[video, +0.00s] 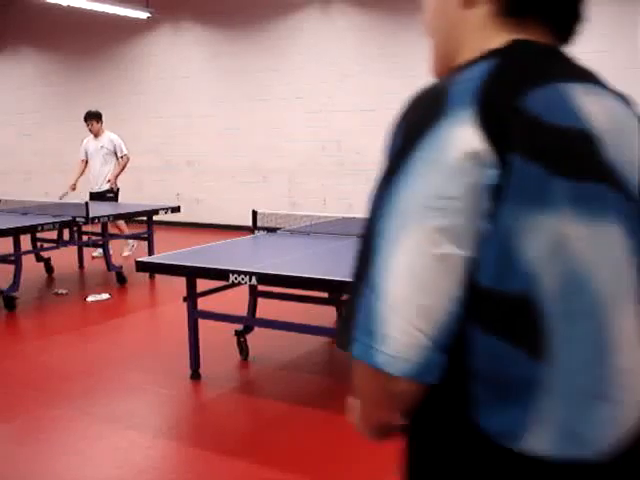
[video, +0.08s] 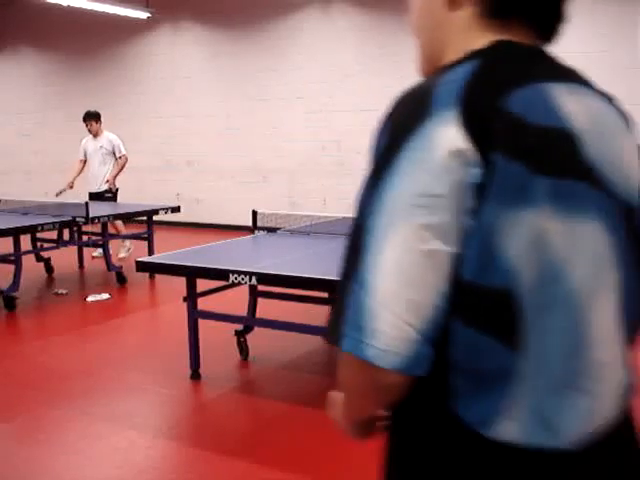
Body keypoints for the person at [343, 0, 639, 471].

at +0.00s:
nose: (427, 17)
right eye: (431, 1)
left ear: (477, 0)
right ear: (554, 10)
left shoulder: (465, 112)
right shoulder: (620, 114)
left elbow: (392, 362)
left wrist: (375, 415)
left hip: (488, 443)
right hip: (611, 441)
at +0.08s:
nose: (413, 16)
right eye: (416, 2)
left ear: (461, 1)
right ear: (538, 9)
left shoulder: (446, 109)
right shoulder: (608, 114)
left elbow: (384, 348)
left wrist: (356, 410)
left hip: (464, 441)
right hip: (601, 437)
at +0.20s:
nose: (361, 18)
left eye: (365, 3)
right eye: (361, 5)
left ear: (395, 7)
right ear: (477, 14)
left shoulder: (388, 118)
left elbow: (345, 343)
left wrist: (278, 407)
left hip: (399, 452)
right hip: (530, 442)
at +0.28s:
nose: (311, 36)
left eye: (314, 17)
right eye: (314, 18)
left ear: (334, 19)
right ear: (419, 29)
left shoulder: (323, 138)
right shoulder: (482, 136)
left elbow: (297, 334)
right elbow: (514, 287)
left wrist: (201, 412)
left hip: (349, 448)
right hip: (472, 437)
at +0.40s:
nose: (272, 56)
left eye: (275, 38)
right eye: (276, 38)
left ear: (293, 41)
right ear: (371, 46)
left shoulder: (279, 150)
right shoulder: (438, 150)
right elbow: (470, 279)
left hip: (307, 449)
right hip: (425, 440)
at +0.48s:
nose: (240, 52)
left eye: (241, 37)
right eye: (241, 38)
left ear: (257, 45)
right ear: (336, 48)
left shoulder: (236, 150)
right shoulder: (394, 146)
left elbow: (179, 309)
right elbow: (422, 267)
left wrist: (85, 350)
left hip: (259, 439)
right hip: (370, 429)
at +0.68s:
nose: (208, 49)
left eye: (208, 37)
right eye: (210, 36)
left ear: (220, 41)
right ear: (297, 40)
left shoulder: (190, 135)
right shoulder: (351, 135)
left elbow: (114, 267)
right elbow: (377, 252)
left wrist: (74, 279)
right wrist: (308, 263)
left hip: (220, 390)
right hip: (319, 382)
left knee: (204, 472)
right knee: (311, 472)